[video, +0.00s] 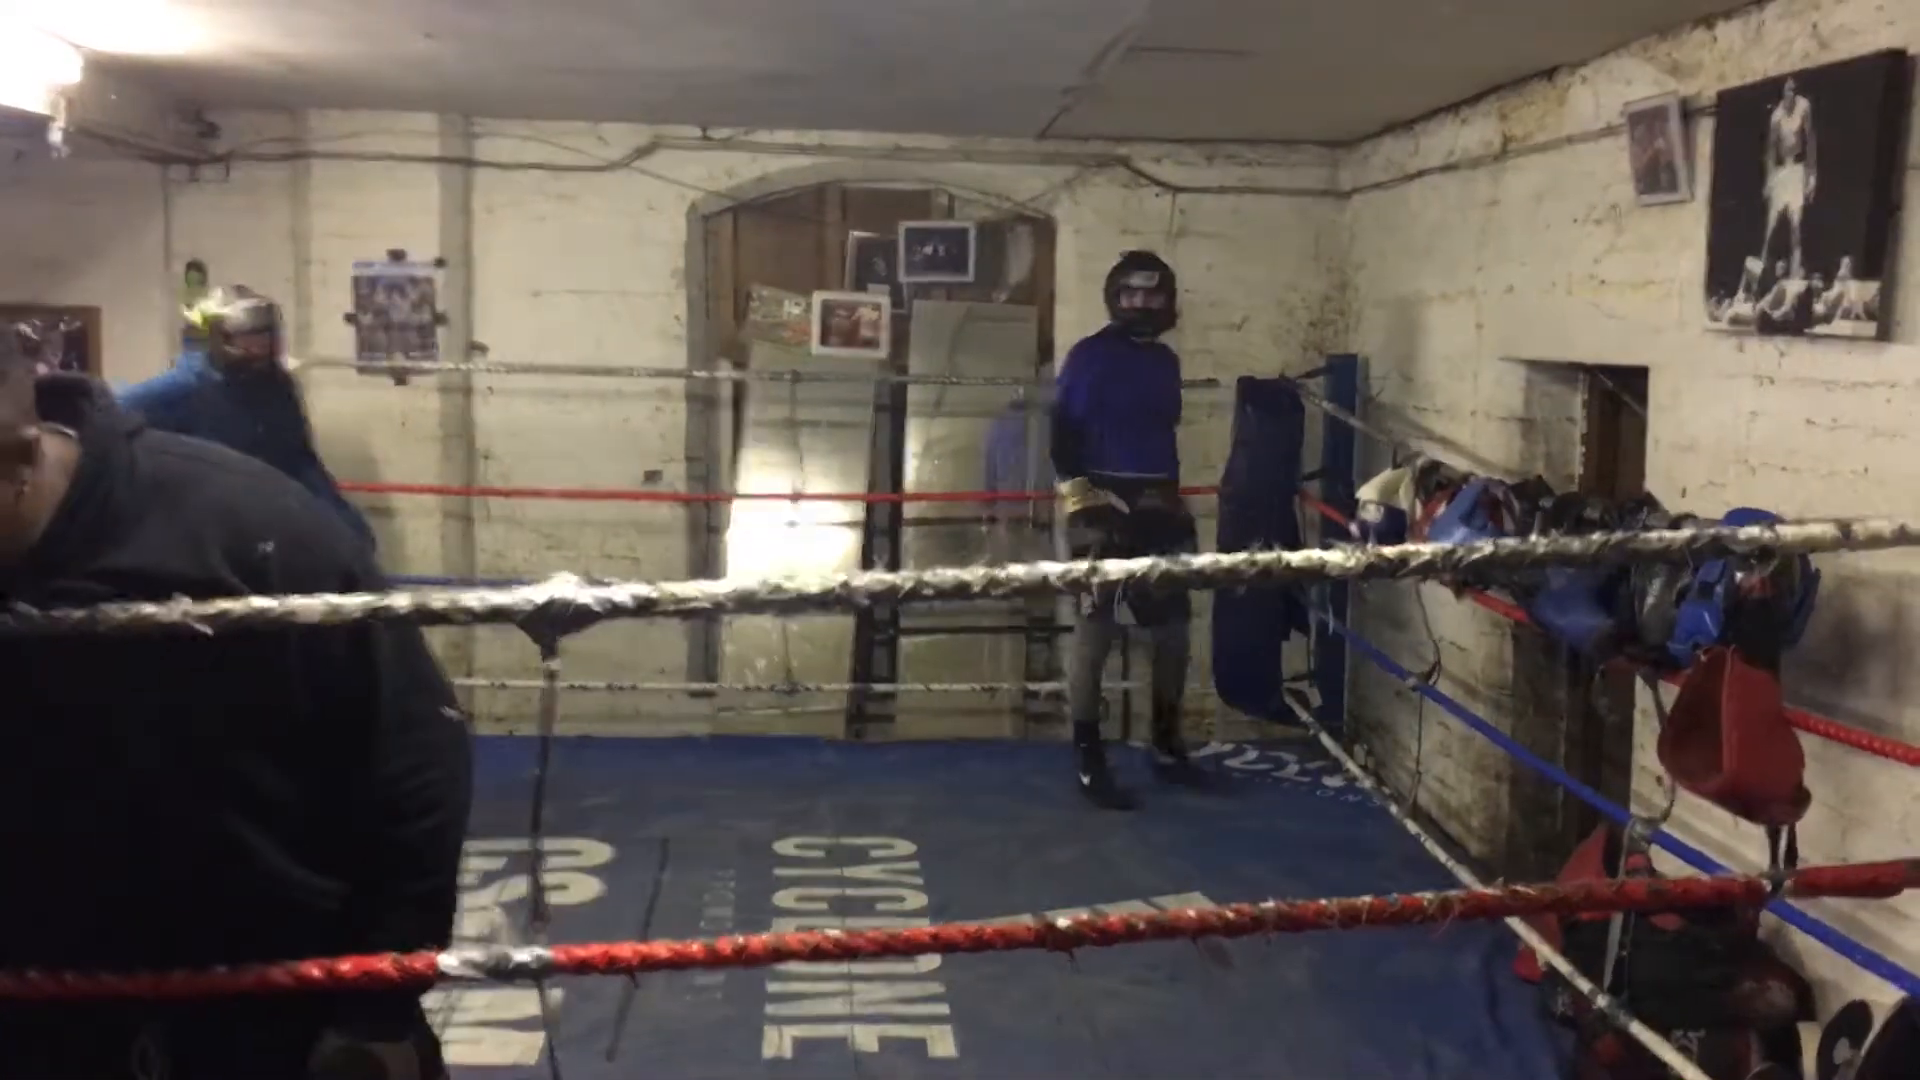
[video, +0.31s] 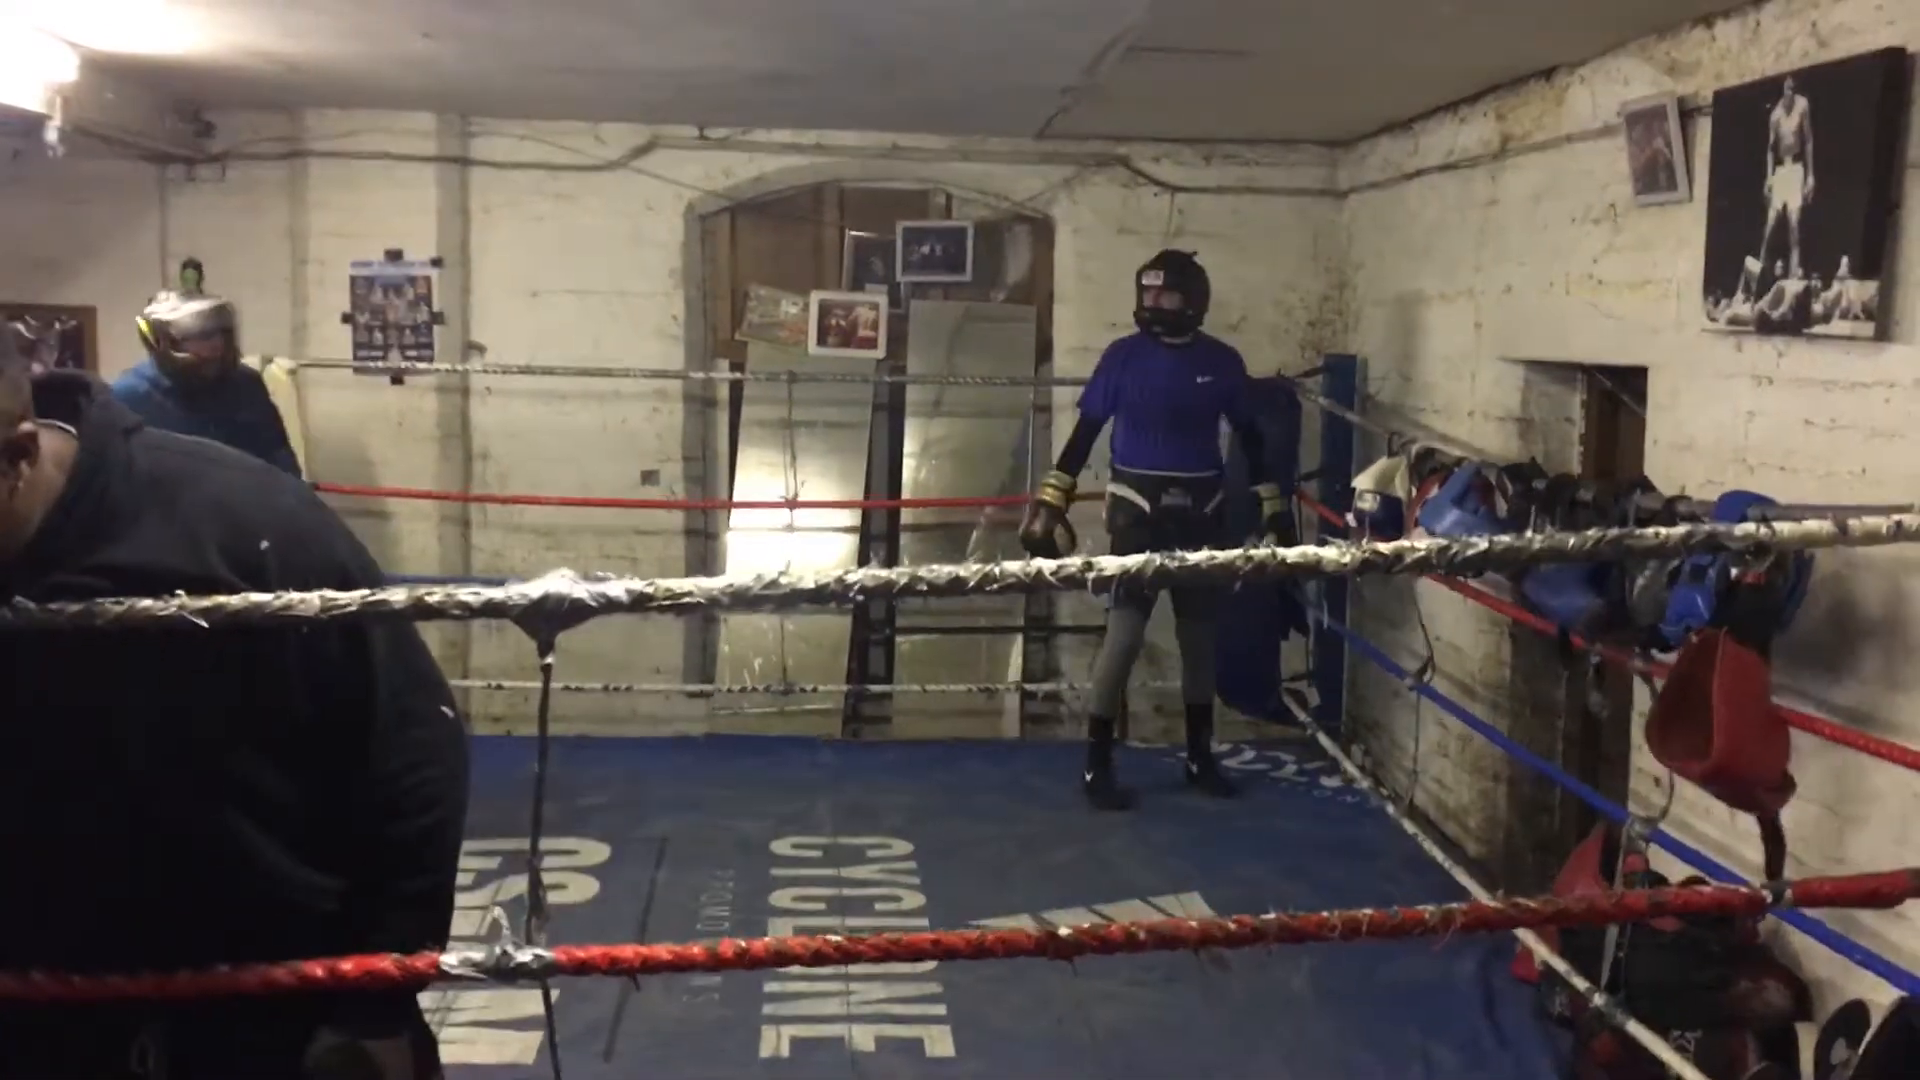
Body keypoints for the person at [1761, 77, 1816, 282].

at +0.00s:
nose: (1790, 95)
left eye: (1792, 91)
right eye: (1787, 91)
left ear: (1796, 92)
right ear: (1783, 92)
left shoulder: (1803, 108)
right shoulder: (1776, 114)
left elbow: (1810, 141)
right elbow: (1770, 146)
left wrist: (1812, 176)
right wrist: (1769, 178)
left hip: (1797, 168)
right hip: (1778, 169)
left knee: (1795, 222)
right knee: (1771, 222)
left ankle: (1795, 266)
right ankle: (1763, 264)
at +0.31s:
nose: (1789, 92)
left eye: (1792, 89)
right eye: (1787, 88)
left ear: (1796, 89)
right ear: (1783, 89)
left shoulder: (1802, 105)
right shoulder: (1775, 112)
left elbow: (1808, 139)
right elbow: (1770, 146)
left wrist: (1810, 175)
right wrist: (1768, 176)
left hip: (1796, 165)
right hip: (1779, 166)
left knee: (1794, 218)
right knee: (1772, 217)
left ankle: (1794, 264)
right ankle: (1762, 260)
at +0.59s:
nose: (1790, 91)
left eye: (1793, 88)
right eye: (1788, 88)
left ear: (1797, 89)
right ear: (1784, 89)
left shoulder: (1802, 104)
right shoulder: (1776, 114)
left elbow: (1809, 138)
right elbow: (1771, 147)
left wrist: (1811, 175)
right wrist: (1769, 176)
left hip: (1797, 164)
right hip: (1780, 165)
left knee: (1794, 217)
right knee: (1772, 218)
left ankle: (1795, 264)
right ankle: (1762, 261)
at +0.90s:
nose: (1789, 94)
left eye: (1792, 90)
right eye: (1787, 89)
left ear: (1796, 90)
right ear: (1782, 89)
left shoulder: (1802, 104)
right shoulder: (1775, 114)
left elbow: (1808, 138)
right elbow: (1770, 146)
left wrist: (1810, 175)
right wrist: (1769, 175)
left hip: (1797, 165)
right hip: (1779, 166)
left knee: (1794, 219)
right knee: (1771, 218)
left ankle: (1794, 266)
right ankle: (1762, 264)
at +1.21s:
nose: (1789, 93)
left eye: (1792, 89)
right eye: (1787, 89)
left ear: (1796, 90)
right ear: (1783, 89)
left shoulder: (1802, 104)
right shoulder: (1775, 114)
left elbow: (1808, 139)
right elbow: (1770, 146)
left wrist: (1810, 175)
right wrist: (1769, 175)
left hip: (1797, 164)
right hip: (1779, 165)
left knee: (1794, 220)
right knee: (1771, 220)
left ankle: (1794, 268)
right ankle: (1762, 266)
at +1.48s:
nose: (1789, 93)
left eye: (1792, 89)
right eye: (1787, 89)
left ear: (1796, 90)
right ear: (1783, 89)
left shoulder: (1802, 105)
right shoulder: (1775, 114)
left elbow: (1809, 139)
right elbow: (1771, 146)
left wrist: (1810, 175)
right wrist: (1769, 175)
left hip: (1797, 163)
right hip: (1779, 165)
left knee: (1794, 218)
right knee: (1771, 219)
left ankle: (1794, 266)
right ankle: (1763, 265)